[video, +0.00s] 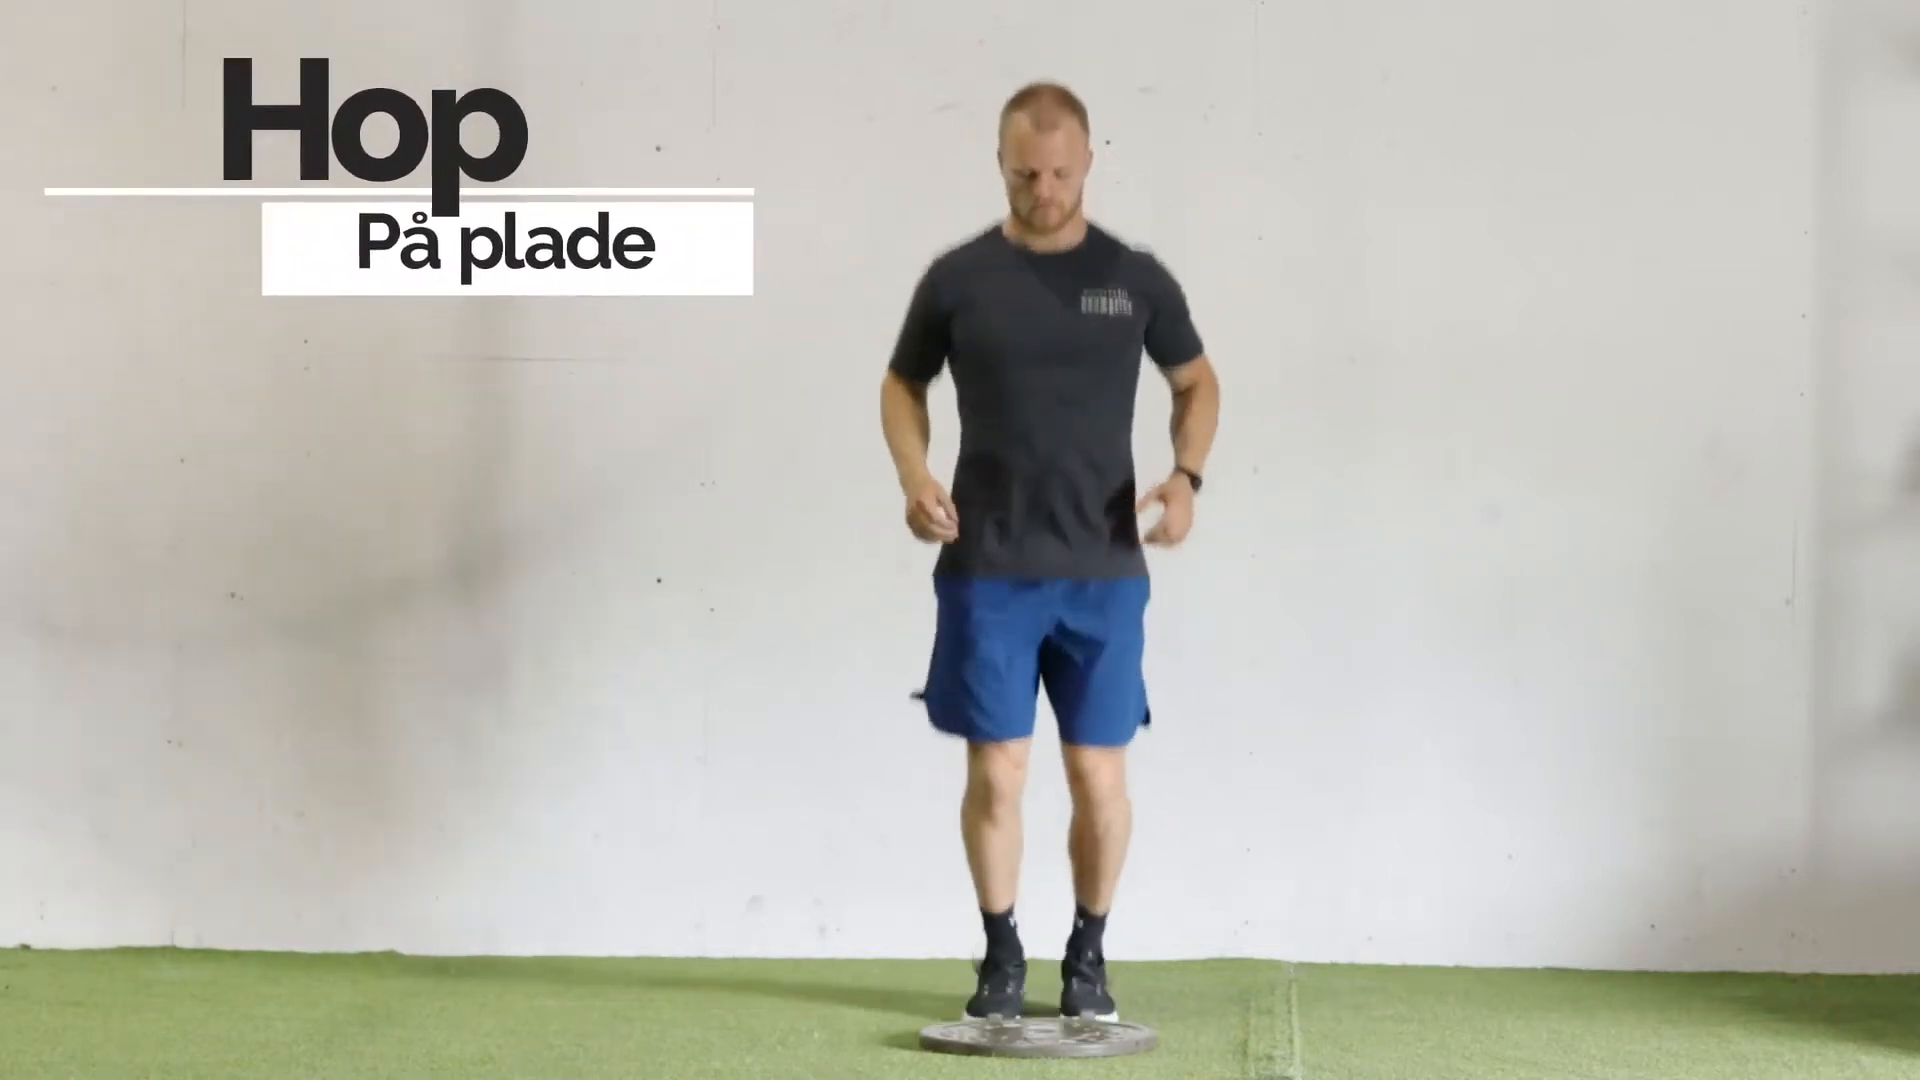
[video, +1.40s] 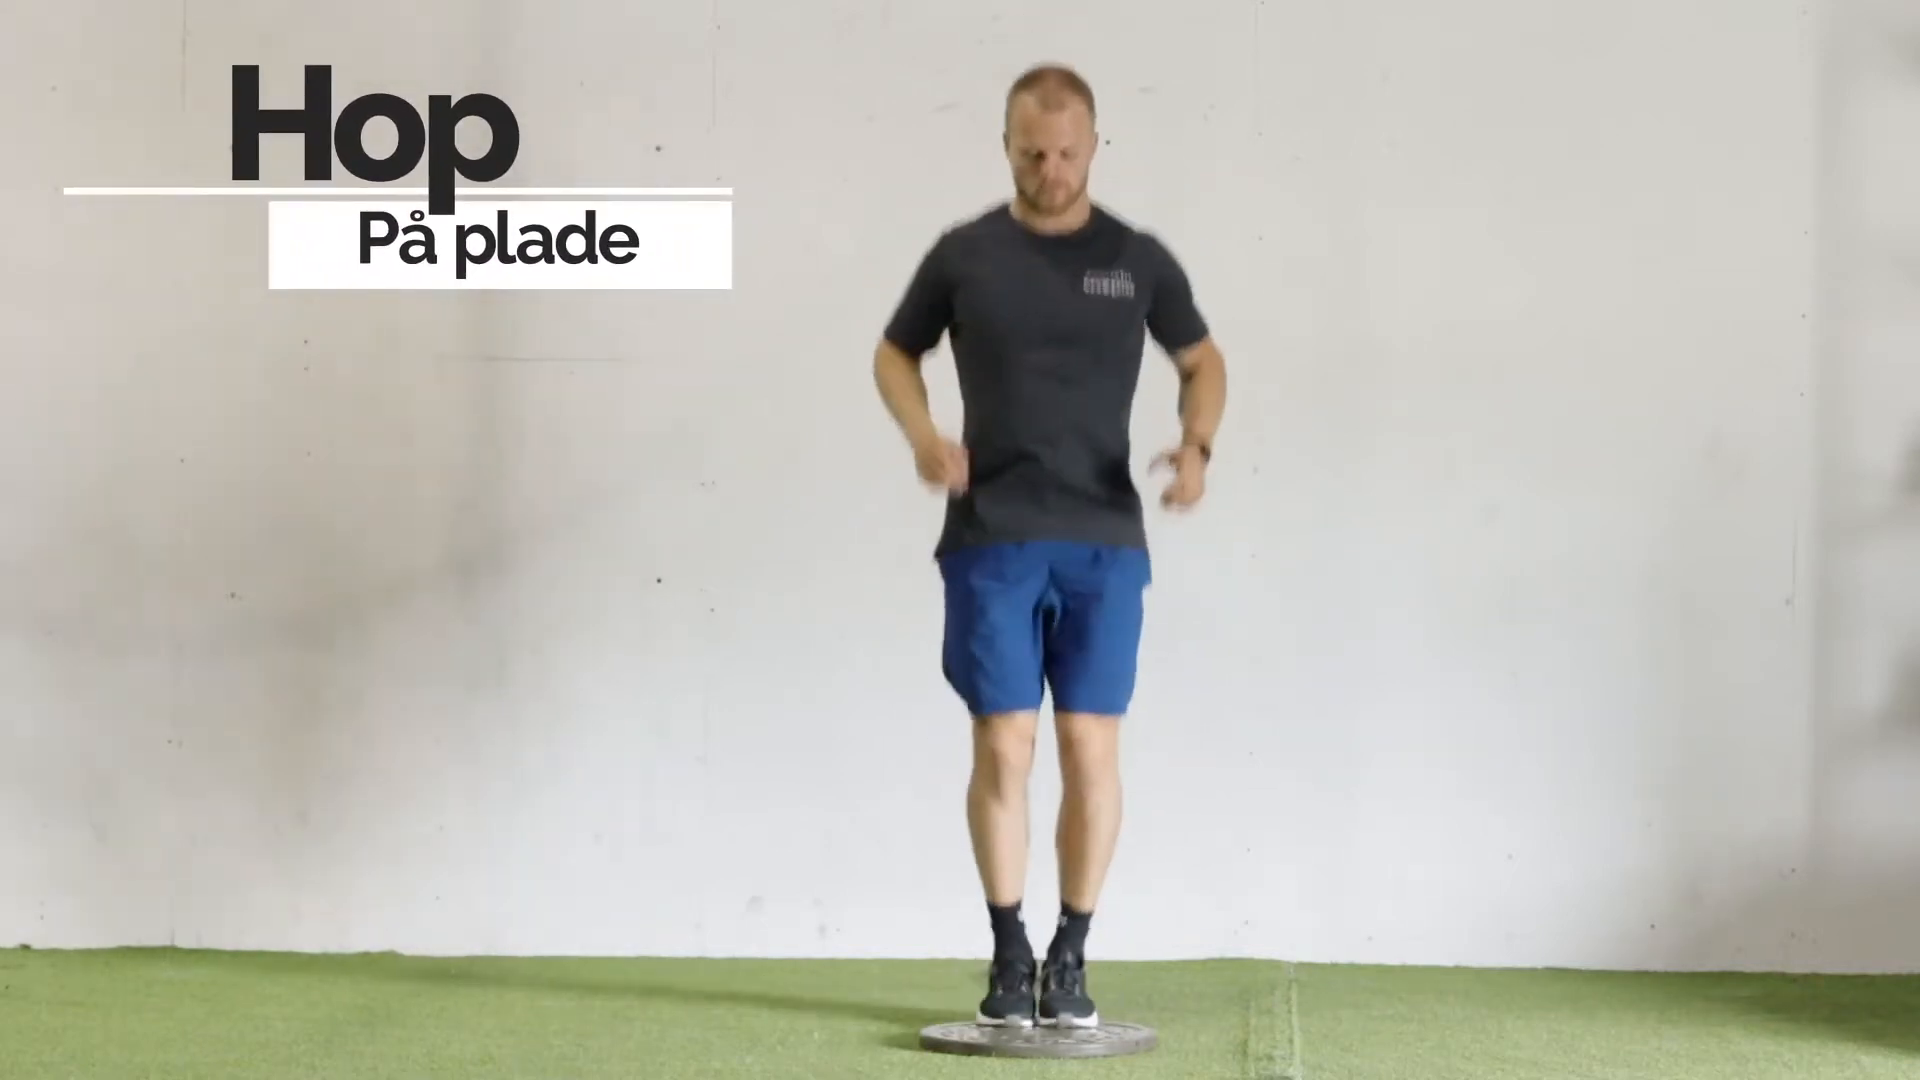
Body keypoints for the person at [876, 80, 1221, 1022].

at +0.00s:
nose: (1043, 189)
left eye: (1059, 172)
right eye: (1026, 173)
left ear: (1088, 163)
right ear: (1003, 167)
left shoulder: (1137, 278)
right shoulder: (955, 280)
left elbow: (1197, 384)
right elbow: (903, 386)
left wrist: (1184, 478)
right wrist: (915, 475)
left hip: (1103, 564)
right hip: (990, 562)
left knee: (1097, 773)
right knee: (995, 774)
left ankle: (1087, 959)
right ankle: (1002, 961)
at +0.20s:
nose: (1038, 137)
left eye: (1054, 120)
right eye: (1022, 121)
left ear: (1085, 113)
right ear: (1000, 117)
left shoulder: (1134, 218)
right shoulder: (960, 216)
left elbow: (1207, 309)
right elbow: (882, 309)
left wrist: (1190, 359)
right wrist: (915, 338)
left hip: (1106, 505)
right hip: (996, 504)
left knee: (1107, 717)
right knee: (992, 714)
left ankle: (1095, 929)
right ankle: (994, 931)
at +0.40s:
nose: (1039, 126)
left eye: (1055, 109)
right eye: (1022, 109)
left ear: (1085, 101)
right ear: (1000, 103)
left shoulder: (1134, 202)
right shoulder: (957, 206)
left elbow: (1206, 281)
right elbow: (887, 294)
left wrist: (1211, 340)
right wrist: (890, 369)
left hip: (1111, 493)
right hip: (1000, 493)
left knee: (1102, 711)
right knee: (1008, 711)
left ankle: (1083, 929)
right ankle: (1015, 927)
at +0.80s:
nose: (1034, 143)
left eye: (1051, 126)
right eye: (1017, 127)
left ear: (1081, 118)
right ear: (994, 122)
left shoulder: (1133, 223)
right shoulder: (950, 229)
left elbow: (1191, 319)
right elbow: (898, 336)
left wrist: (1177, 421)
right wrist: (909, 452)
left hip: (1111, 515)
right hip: (994, 516)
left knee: (1103, 722)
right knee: (999, 723)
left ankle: (1086, 918)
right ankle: (1000, 918)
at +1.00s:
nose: (1033, 203)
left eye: (1049, 185)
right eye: (1015, 187)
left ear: (1078, 180)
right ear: (993, 187)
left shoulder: (1132, 292)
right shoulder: (954, 297)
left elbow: (1196, 393)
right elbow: (892, 410)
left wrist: (1183, 442)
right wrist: (926, 437)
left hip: (1100, 580)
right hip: (992, 581)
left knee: (1097, 782)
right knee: (992, 780)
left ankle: (1080, 950)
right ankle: (997, 948)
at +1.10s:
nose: (1040, 122)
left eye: (1055, 106)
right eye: (1023, 107)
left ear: (1084, 100)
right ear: (1001, 105)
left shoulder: (1133, 205)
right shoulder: (960, 202)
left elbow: (1212, 285)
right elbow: (867, 296)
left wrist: (1204, 325)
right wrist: (907, 297)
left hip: (1106, 491)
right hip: (992, 490)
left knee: (1105, 703)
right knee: (986, 698)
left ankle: (1094, 905)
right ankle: (987, 900)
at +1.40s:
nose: (1048, 166)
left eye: (1064, 149)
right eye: (1031, 150)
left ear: (1093, 147)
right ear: (1008, 150)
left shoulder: (1139, 259)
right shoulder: (964, 254)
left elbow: (1202, 361)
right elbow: (895, 354)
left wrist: (1196, 443)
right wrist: (927, 439)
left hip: (1104, 537)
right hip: (993, 533)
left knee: (1089, 746)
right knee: (1006, 747)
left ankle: (1067, 960)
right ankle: (1010, 960)